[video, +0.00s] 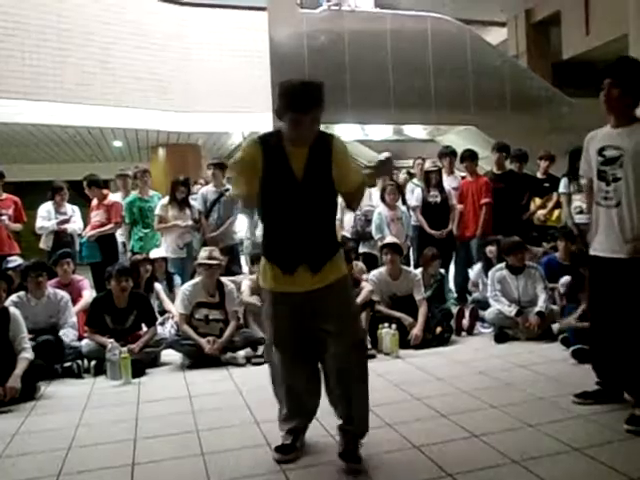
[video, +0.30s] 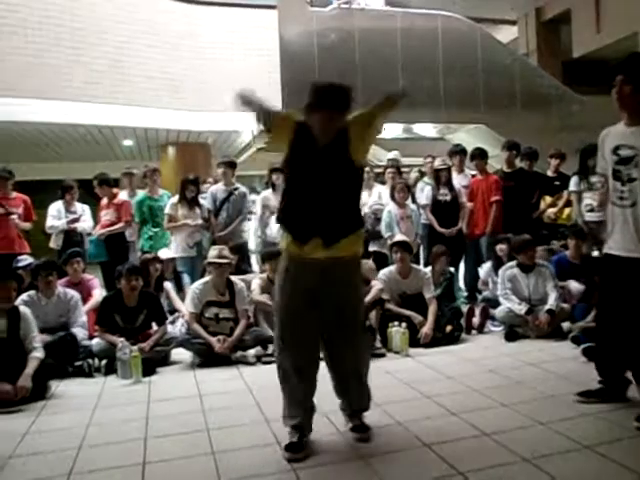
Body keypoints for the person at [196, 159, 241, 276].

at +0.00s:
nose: (213, 173)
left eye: (216, 170)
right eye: (211, 170)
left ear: (224, 173)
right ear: (209, 173)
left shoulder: (232, 191)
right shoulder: (203, 192)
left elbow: (235, 216)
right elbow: (202, 215)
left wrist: (218, 234)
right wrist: (208, 235)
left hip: (229, 241)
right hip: (210, 241)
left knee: (233, 275)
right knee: (210, 274)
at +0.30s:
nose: (223, 172)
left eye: (227, 169)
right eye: (221, 169)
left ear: (233, 173)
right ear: (218, 172)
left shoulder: (242, 192)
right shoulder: (213, 191)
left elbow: (243, 215)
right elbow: (211, 213)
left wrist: (226, 233)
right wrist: (217, 233)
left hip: (237, 240)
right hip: (218, 238)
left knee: (242, 273)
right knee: (217, 272)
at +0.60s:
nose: (223, 165)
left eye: (226, 162)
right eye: (221, 162)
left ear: (232, 166)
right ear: (217, 165)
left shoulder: (240, 185)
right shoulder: (212, 184)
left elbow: (240, 209)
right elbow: (209, 206)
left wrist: (224, 226)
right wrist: (215, 226)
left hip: (235, 233)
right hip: (217, 232)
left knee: (240, 266)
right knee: (216, 265)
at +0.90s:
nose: (212, 165)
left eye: (215, 162)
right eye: (210, 161)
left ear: (221, 165)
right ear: (206, 164)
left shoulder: (229, 184)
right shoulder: (200, 183)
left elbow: (230, 208)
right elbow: (197, 205)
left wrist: (213, 225)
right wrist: (203, 225)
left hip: (224, 232)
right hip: (205, 231)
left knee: (230, 266)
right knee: (204, 265)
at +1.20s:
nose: (206, 144)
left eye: (210, 140)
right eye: (204, 140)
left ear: (215, 142)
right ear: (200, 142)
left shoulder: (223, 163)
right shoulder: (195, 163)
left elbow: (225, 187)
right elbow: (192, 184)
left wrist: (208, 203)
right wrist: (199, 202)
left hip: (219, 212)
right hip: (200, 212)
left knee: (225, 246)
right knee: (200, 245)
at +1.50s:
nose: (209, 143)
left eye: (213, 139)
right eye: (207, 139)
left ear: (218, 142)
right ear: (202, 142)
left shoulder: (227, 162)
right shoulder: (197, 162)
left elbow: (228, 186)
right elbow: (194, 183)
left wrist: (212, 203)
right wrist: (202, 202)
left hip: (222, 210)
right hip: (203, 210)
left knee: (229, 244)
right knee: (203, 244)